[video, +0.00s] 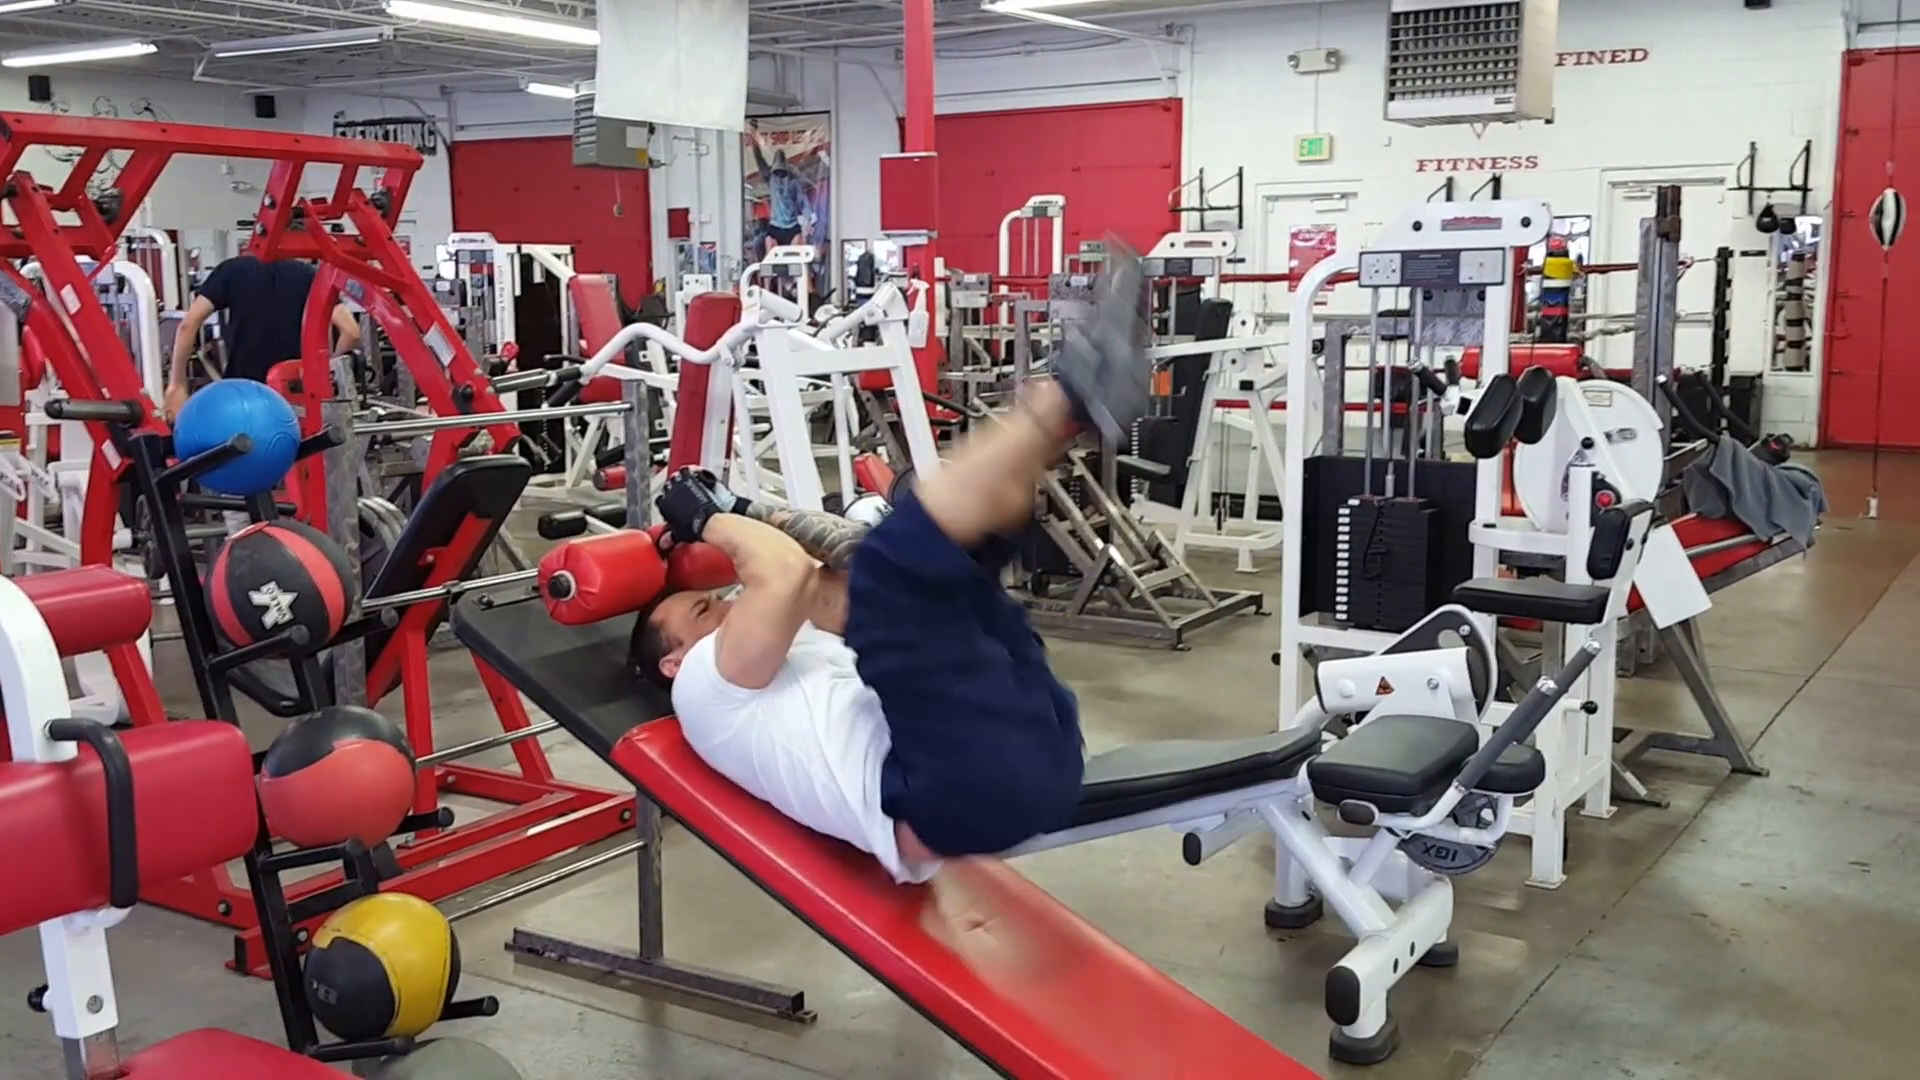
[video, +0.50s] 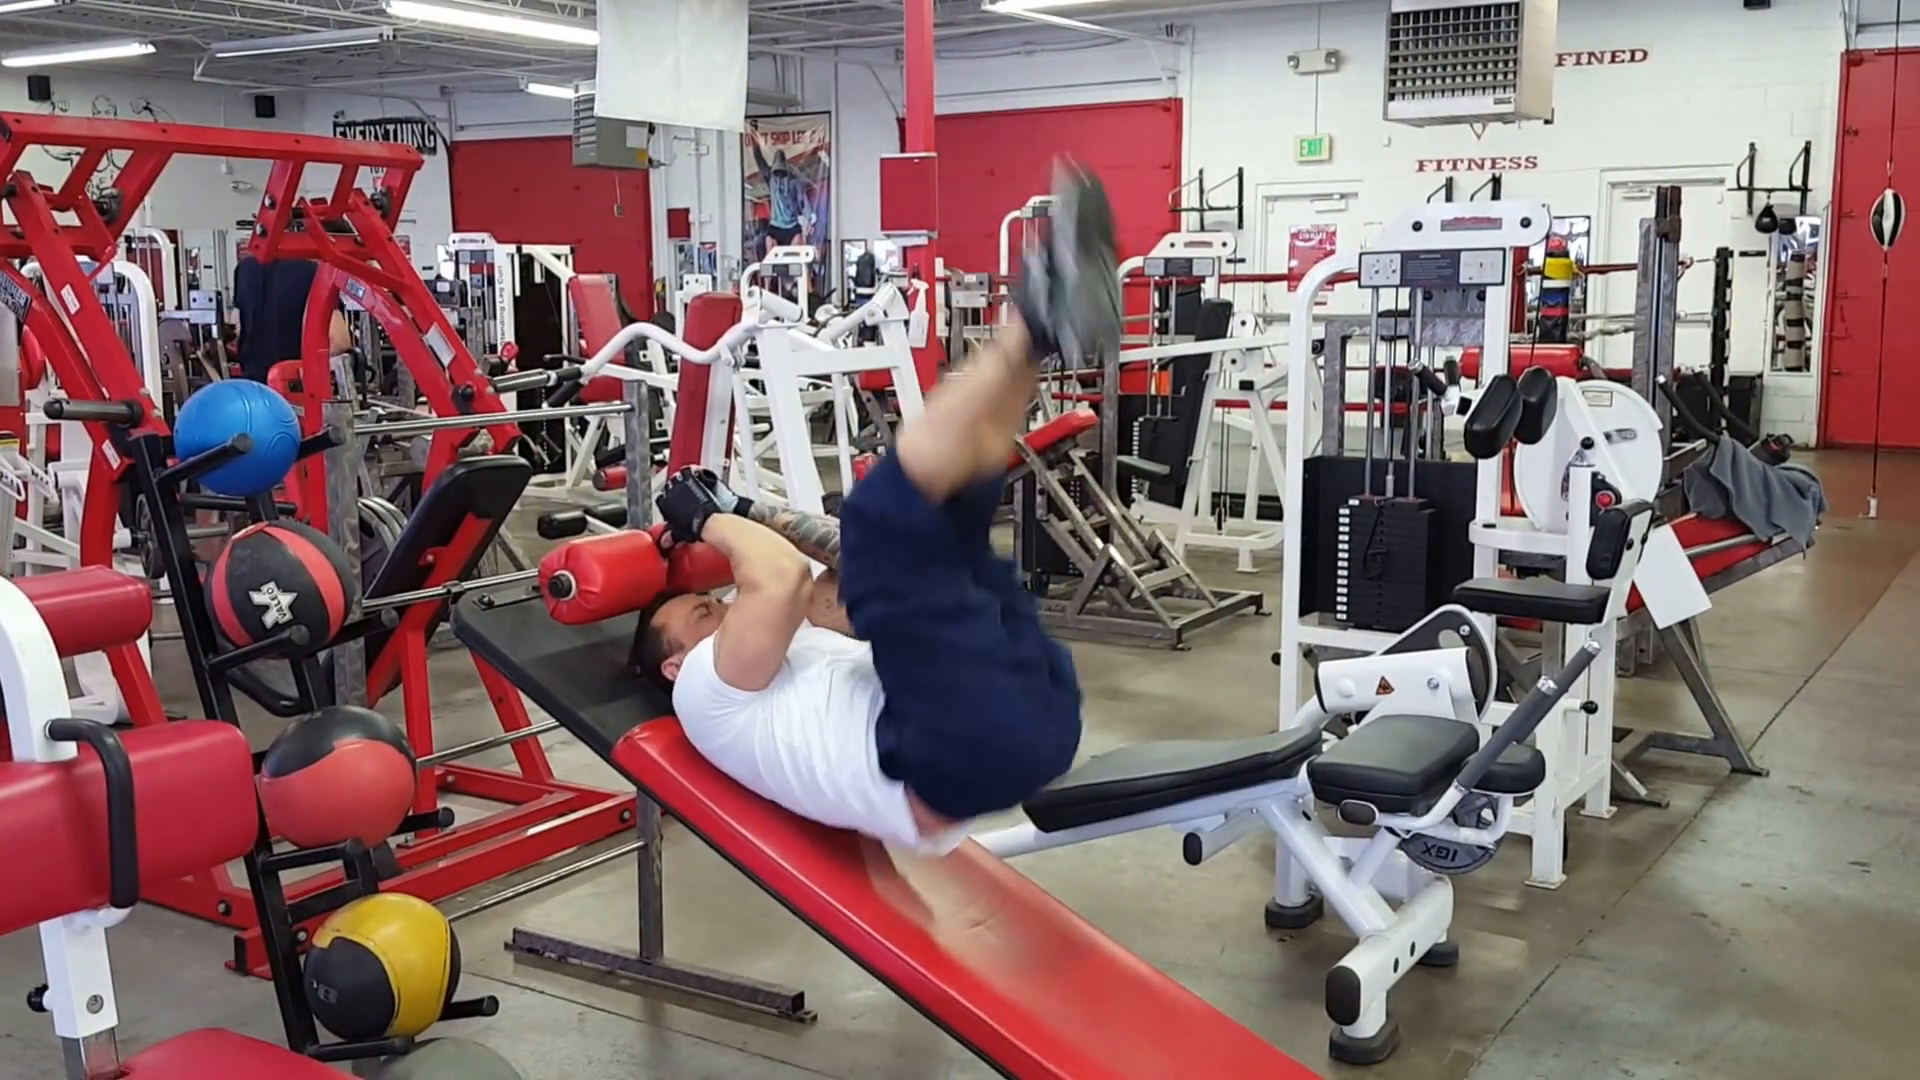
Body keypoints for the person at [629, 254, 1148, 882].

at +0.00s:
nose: (724, 608)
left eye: (716, 600)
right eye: (701, 611)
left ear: (730, 607)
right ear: (673, 660)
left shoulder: (802, 657)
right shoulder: (701, 689)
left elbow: (846, 593)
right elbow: (784, 574)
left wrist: (752, 526)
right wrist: (709, 518)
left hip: (1037, 761)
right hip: (970, 791)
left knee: (935, 554)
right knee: (894, 557)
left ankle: (1082, 399)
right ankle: (1064, 395)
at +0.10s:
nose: (715, 605)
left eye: (708, 600)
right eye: (694, 612)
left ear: (721, 604)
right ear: (671, 663)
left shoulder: (786, 669)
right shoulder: (702, 695)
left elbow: (841, 610)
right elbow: (783, 574)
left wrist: (768, 553)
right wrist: (709, 519)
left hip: (1031, 713)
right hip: (967, 744)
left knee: (940, 508)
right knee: (874, 506)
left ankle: (1013, 306)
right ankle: (997, 296)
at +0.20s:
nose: (716, 603)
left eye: (708, 600)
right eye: (694, 610)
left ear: (717, 608)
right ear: (670, 651)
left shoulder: (771, 662)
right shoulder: (698, 686)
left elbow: (867, 604)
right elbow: (773, 572)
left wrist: (762, 550)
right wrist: (704, 516)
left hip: (1021, 682)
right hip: (958, 706)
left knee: (951, 471)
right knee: (891, 460)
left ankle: (987, 223)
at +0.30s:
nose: (721, 606)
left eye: (712, 603)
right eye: (697, 613)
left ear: (728, 612)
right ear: (668, 660)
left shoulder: (780, 665)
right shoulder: (700, 691)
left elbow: (864, 595)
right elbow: (774, 569)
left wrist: (781, 544)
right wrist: (704, 516)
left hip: (1026, 675)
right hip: (964, 694)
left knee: (963, 454)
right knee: (902, 448)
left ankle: (986, 214)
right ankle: (955, 195)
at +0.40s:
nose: (720, 609)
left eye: (711, 604)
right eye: (698, 616)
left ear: (719, 615)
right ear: (677, 661)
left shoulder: (779, 665)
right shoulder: (706, 697)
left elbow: (868, 607)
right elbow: (775, 573)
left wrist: (772, 574)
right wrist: (708, 515)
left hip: (1036, 682)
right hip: (970, 707)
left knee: (953, 477)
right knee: (891, 467)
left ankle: (1010, 246)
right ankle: (988, 225)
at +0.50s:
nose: (722, 612)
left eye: (715, 607)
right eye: (699, 617)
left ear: (727, 614)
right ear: (672, 666)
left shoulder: (795, 664)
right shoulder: (704, 696)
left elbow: (848, 604)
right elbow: (781, 574)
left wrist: (754, 527)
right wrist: (706, 517)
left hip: (1039, 719)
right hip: (966, 753)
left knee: (940, 524)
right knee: (879, 515)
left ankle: (1039, 331)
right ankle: (1027, 328)